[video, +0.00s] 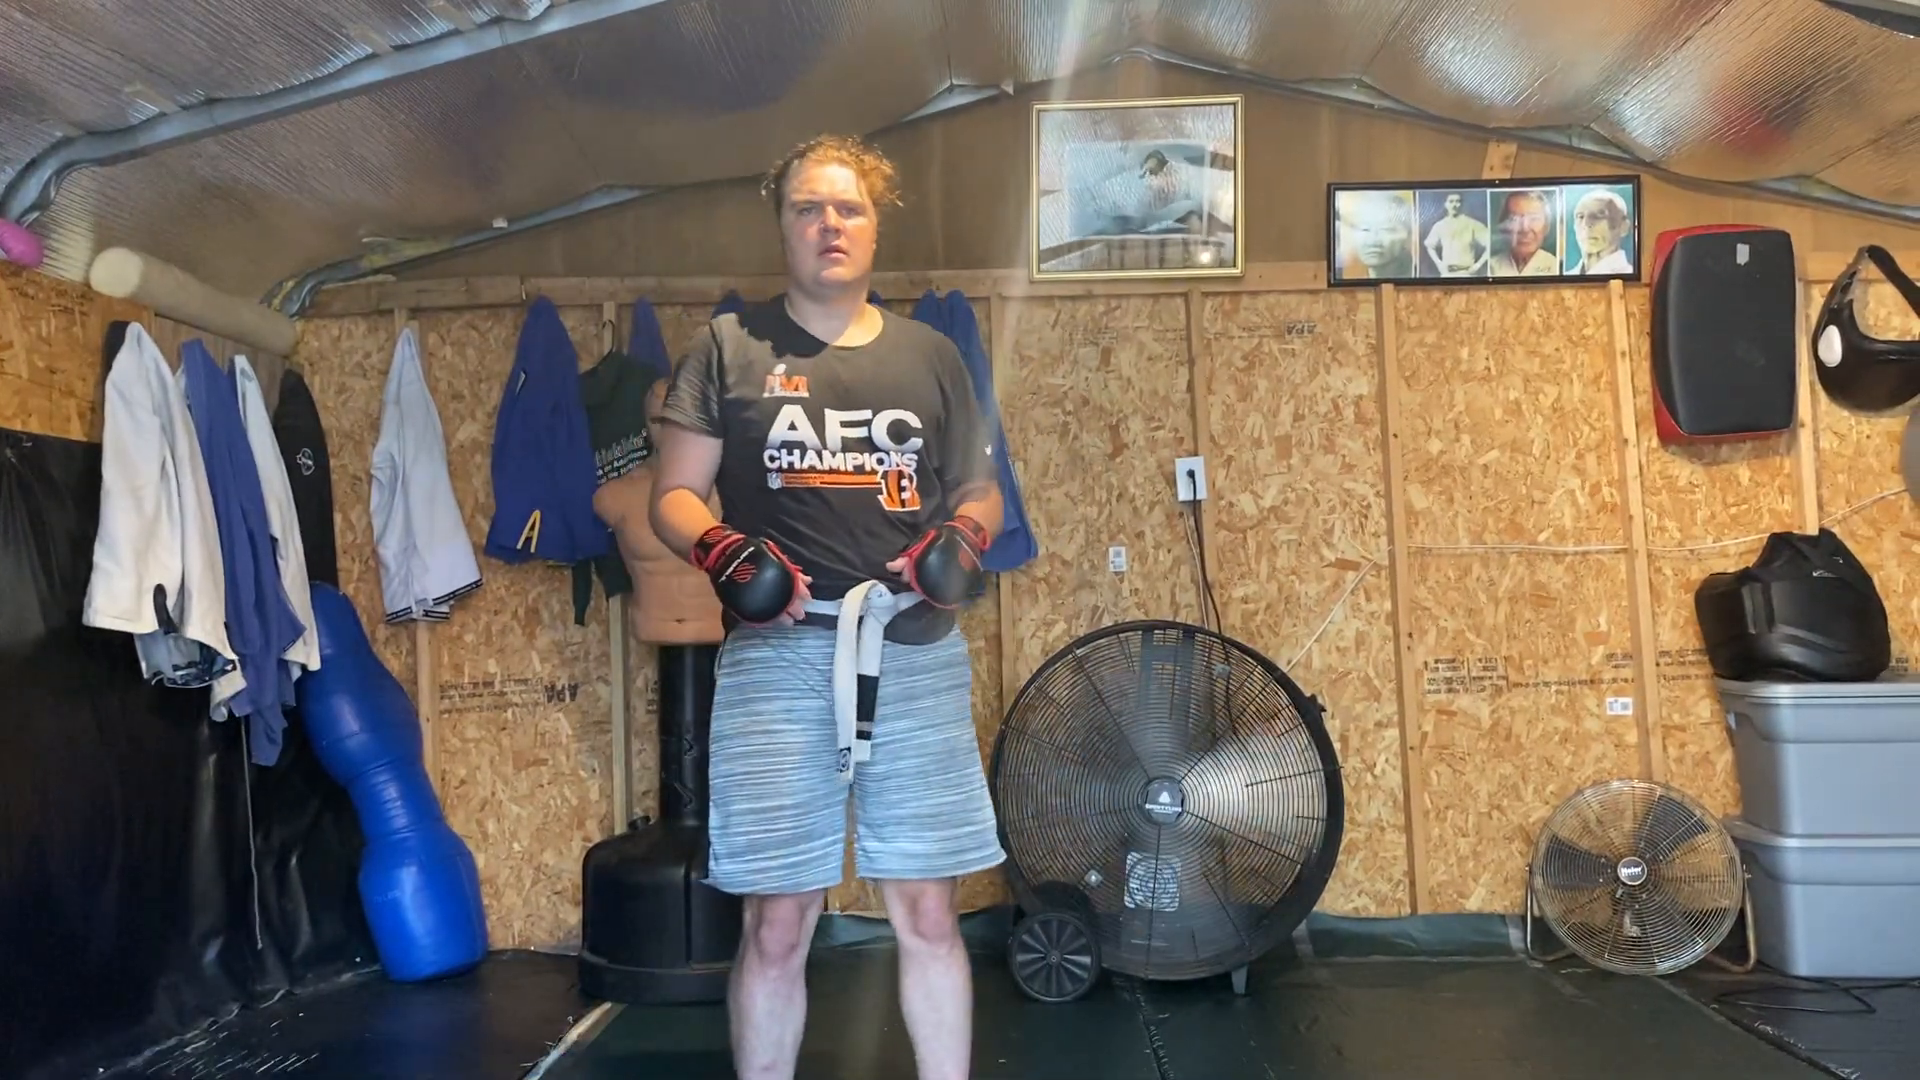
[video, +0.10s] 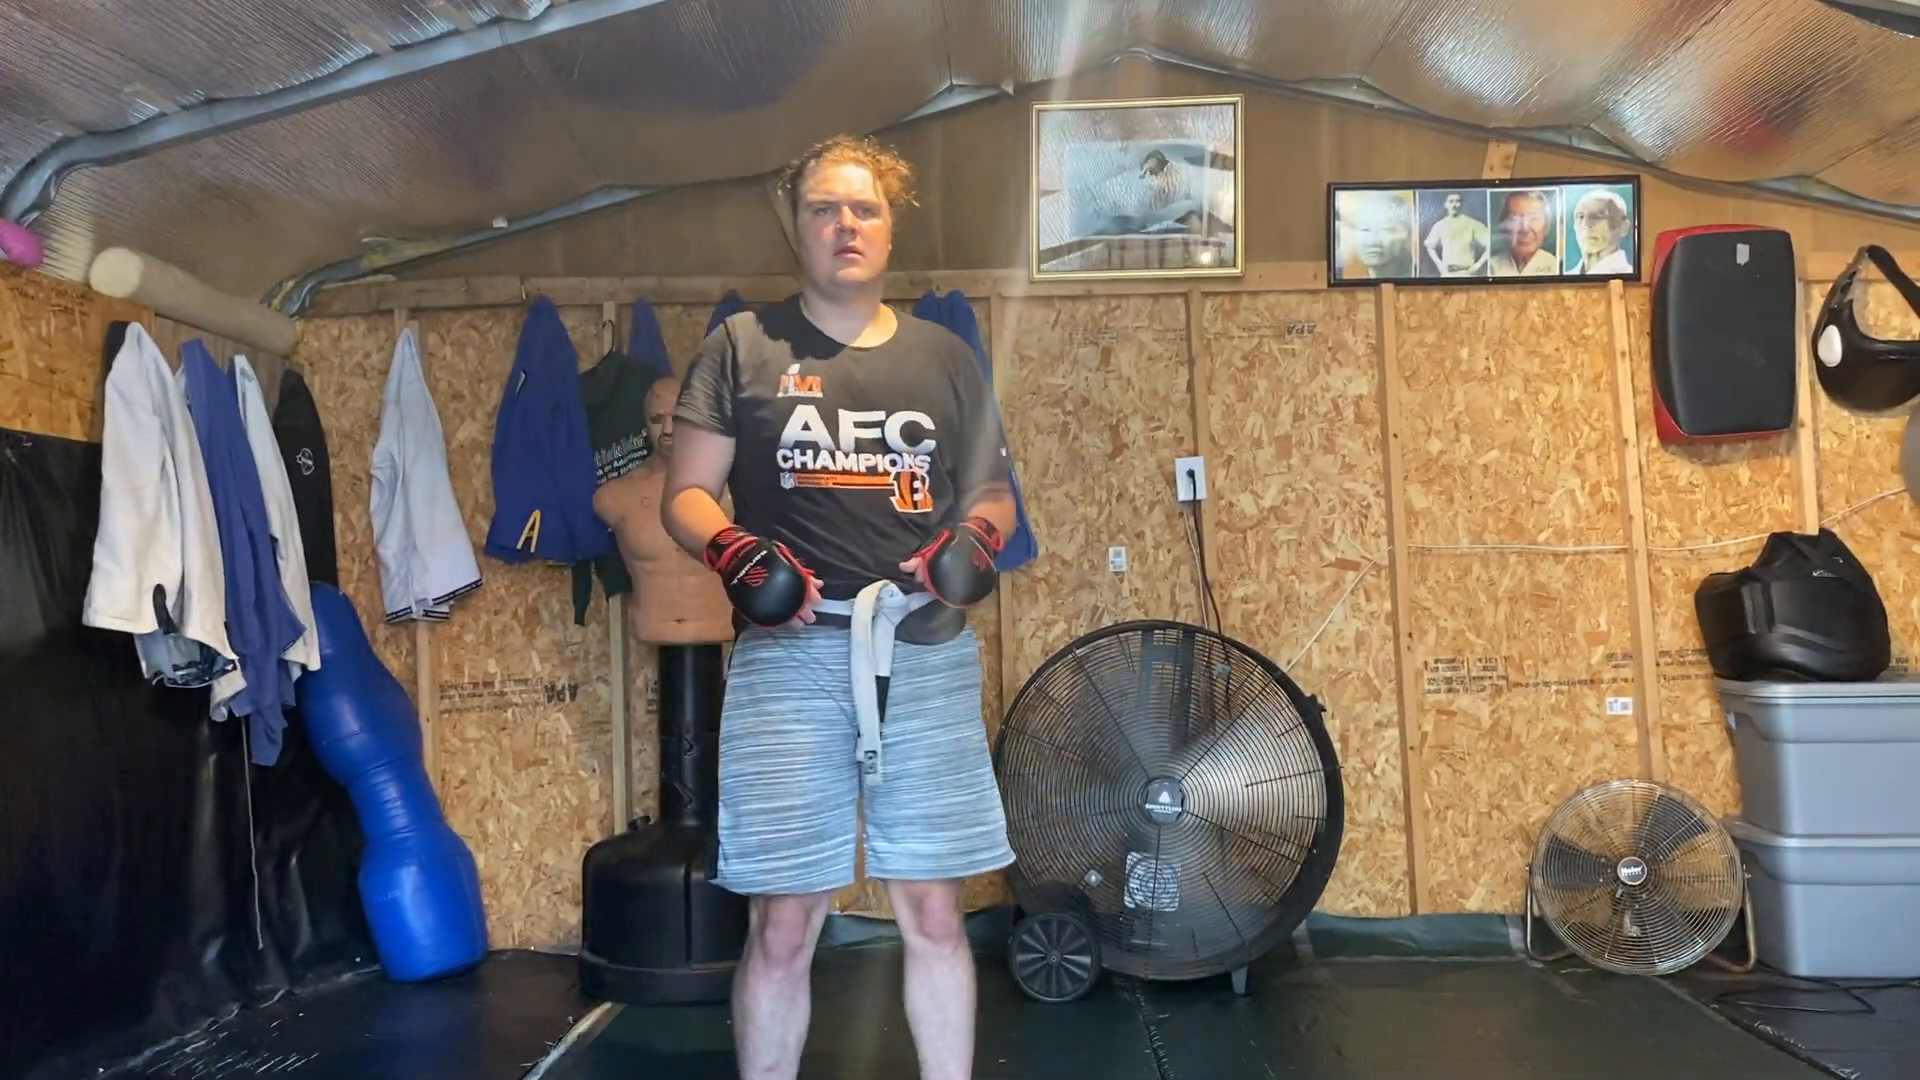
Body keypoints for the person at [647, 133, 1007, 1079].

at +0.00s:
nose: (831, 225)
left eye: (849, 209)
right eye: (809, 210)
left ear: (876, 232)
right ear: (782, 233)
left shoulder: (933, 358)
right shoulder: (728, 349)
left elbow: (980, 491)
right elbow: (676, 495)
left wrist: (959, 546)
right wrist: (725, 551)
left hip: (915, 653)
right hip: (780, 654)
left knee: (929, 912)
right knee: (778, 927)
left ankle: (948, 1077)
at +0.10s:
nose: (846, 225)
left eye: (864, 210)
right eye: (825, 210)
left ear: (891, 230)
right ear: (796, 232)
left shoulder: (949, 360)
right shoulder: (741, 348)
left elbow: (993, 493)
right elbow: (688, 492)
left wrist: (974, 544)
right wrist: (735, 551)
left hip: (926, 652)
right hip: (791, 654)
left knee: (934, 911)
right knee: (785, 925)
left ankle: (949, 1077)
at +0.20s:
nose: (860, 227)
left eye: (878, 211)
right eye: (840, 211)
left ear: (906, 231)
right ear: (811, 232)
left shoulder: (961, 359)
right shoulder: (754, 347)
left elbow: (1005, 494)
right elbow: (700, 490)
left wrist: (988, 547)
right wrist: (748, 554)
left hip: (934, 655)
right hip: (801, 657)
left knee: (939, 912)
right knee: (789, 927)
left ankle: (951, 1078)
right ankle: (768, 1079)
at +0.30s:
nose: (873, 226)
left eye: (891, 212)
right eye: (853, 210)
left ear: (919, 234)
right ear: (824, 232)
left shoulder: (969, 358)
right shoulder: (766, 346)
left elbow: (1014, 492)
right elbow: (708, 490)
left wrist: (1001, 548)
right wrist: (758, 556)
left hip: (941, 655)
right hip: (806, 656)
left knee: (944, 913)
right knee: (793, 929)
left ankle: (953, 1079)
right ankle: (771, 1079)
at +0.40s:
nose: (884, 226)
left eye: (902, 211)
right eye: (864, 210)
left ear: (930, 233)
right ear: (834, 231)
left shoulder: (978, 359)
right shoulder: (776, 343)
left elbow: (1020, 494)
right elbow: (715, 486)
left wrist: (1009, 550)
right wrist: (764, 556)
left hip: (945, 657)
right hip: (811, 654)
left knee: (946, 913)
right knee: (794, 923)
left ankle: (953, 1079)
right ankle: (767, 1077)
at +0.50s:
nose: (888, 230)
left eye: (907, 214)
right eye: (869, 212)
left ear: (936, 234)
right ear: (840, 230)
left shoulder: (984, 363)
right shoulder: (778, 344)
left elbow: (1024, 498)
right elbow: (721, 484)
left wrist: (1011, 556)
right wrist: (762, 554)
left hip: (943, 656)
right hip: (807, 648)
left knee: (945, 913)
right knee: (786, 915)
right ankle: (751, 1076)